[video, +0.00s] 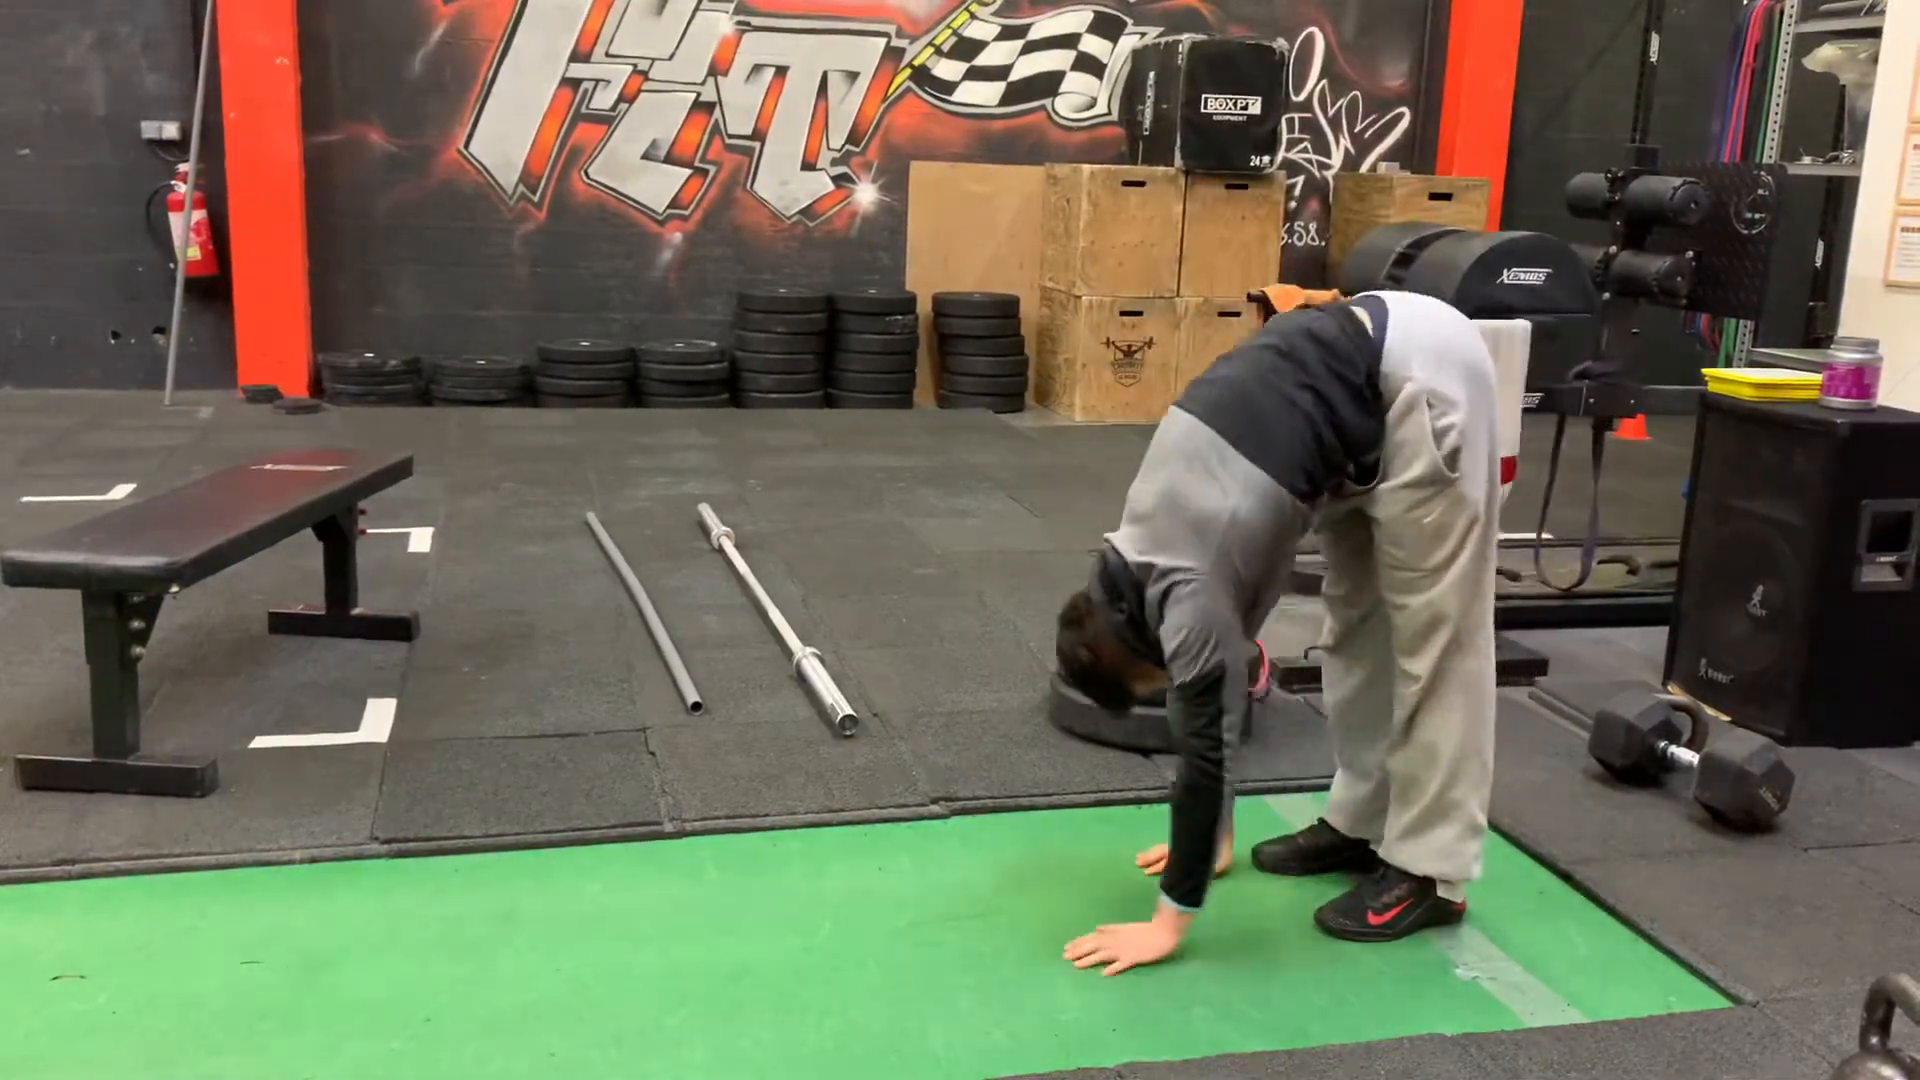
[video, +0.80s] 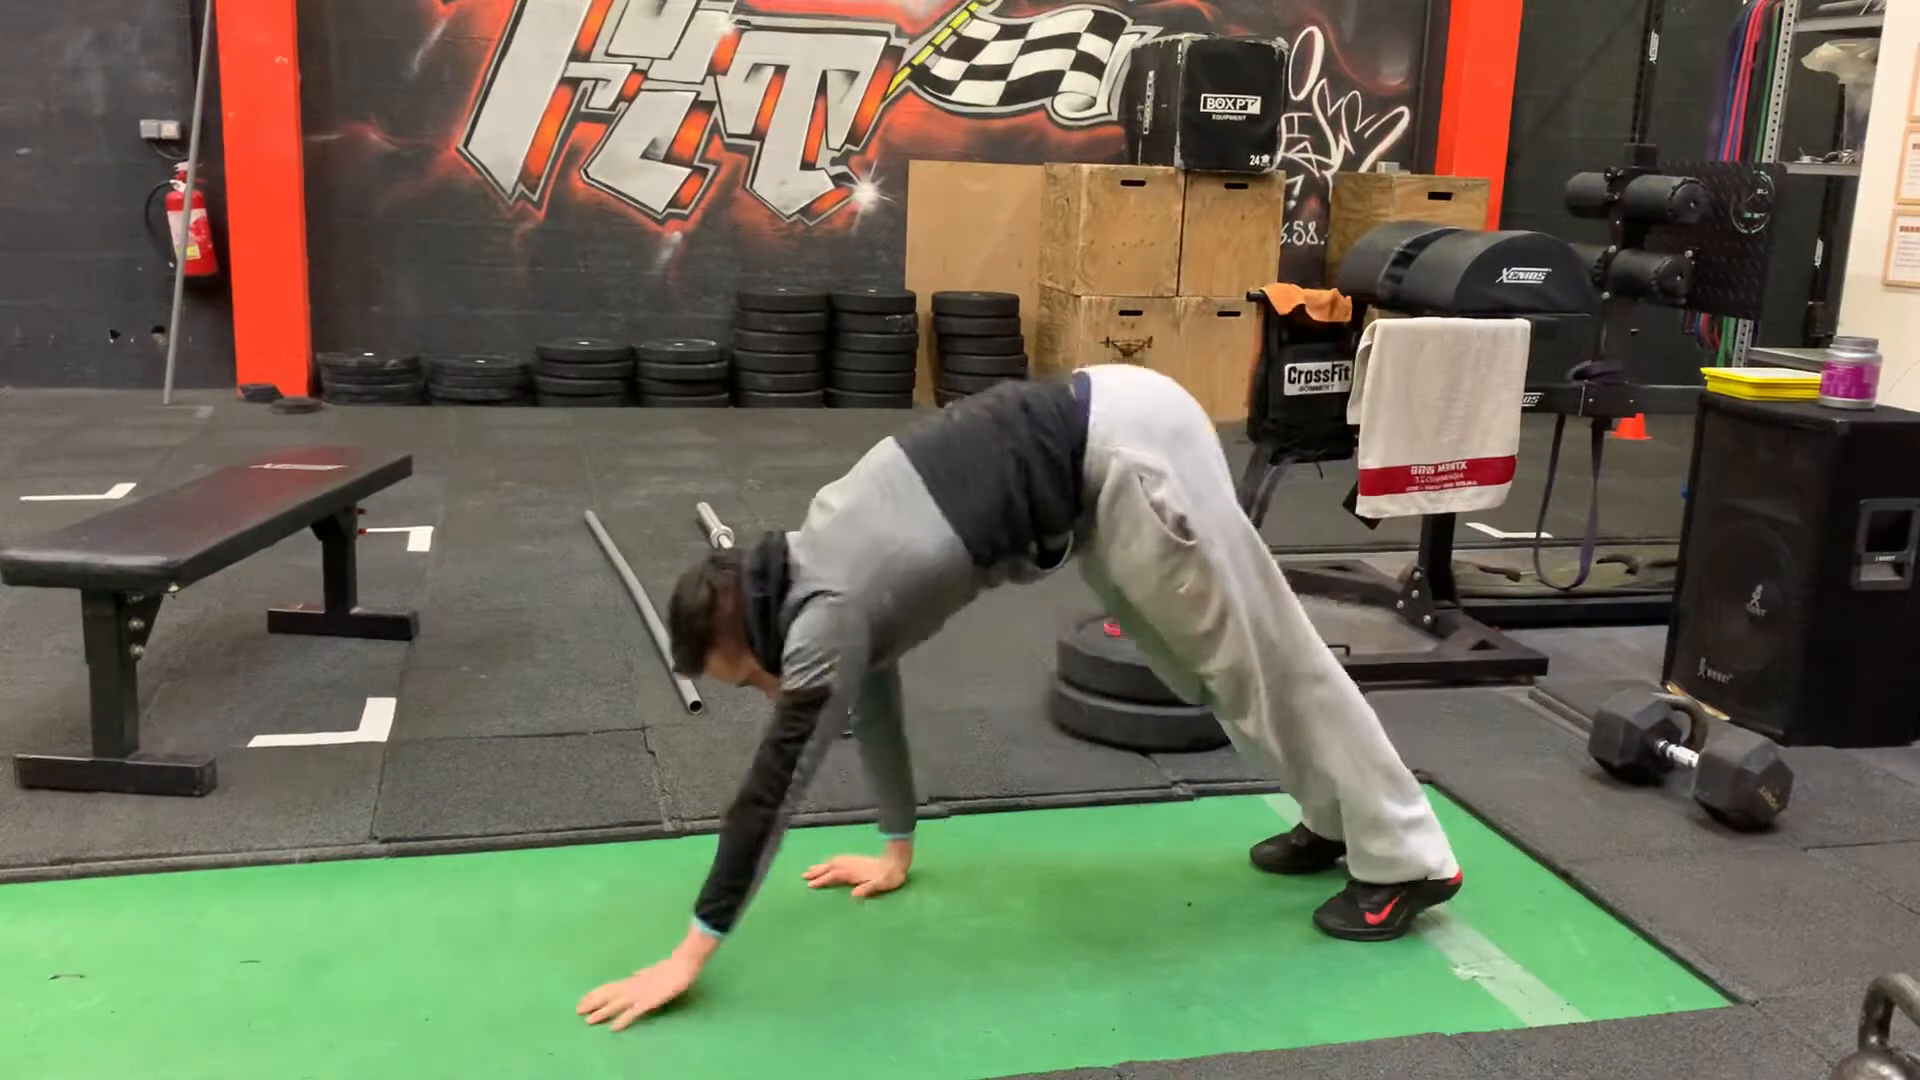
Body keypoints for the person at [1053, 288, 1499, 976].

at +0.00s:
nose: (1166, 693)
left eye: (1155, 688)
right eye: (1155, 693)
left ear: (1129, 649)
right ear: (1114, 626)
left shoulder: (1191, 600)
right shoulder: (1136, 563)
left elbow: (1204, 759)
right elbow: (1208, 693)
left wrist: (1167, 922)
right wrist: (1211, 830)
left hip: (1422, 365)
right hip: (1344, 367)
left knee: (1432, 634)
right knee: (1358, 627)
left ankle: (1431, 870)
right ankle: (1363, 823)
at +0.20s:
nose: (1073, 700)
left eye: (1064, 693)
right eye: (1062, 700)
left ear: (1056, 649)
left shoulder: (1128, 600)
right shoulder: (1058, 565)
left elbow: (1153, 761)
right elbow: (1095, 688)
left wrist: (1161, 923)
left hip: (1360, 370)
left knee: (1393, 632)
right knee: (1329, 629)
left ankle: (1429, 871)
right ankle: (1358, 819)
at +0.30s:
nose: (1018, 696)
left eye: (1009, 685)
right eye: (1002, 694)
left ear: (1009, 647)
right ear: (986, 630)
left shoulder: (1094, 611)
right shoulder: (1005, 568)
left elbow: (1133, 766)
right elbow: (1002, 702)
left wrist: (1159, 920)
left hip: (1319, 379)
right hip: (1248, 382)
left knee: (1373, 636)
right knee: (1311, 630)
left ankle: (1425, 871)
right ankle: (1358, 821)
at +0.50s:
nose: (889, 690)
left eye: (882, 678)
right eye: (878, 683)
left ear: (893, 643)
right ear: (880, 624)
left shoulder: (1001, 607)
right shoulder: (915, 571)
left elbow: (1083, 755)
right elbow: (923, 714)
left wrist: (1138, 908)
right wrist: (900, 854)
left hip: (1226, 402)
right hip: (1172, 418)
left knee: (1323, 642)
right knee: (1270, 648)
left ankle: (1420, 863)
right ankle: (1352, 816)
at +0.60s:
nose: (845, 685)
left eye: (837, 671)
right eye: (829, 677)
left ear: (854, 632)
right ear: (840, 608)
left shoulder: (954, 591)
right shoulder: (883, 556)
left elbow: (1011, 747)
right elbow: (907, 707)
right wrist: (900, 845)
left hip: (1186, 403)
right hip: (1138, 413)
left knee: (1297, 640)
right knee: (1246, 644)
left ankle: (1415, 857)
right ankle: (1344, 815)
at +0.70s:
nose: (805, 680)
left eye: (786, 666)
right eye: (788, 671)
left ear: (793, 626)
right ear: (790, 602)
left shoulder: (887, 593)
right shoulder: (854, 546)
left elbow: (883, 753)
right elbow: (893, 721)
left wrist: (817, 918)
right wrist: (892, 841)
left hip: (1155, 419)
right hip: (1121, 427)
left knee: (1279, 648)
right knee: (1235, 650)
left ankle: (1411, 860)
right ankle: (1341, 820)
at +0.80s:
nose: (746, 690)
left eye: (732, 672)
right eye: (728, 680)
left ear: (750, 621)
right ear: (745, 611)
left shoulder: (828, 609)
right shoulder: (823, 566)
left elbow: (765, 789)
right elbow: (876, 713)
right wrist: (897, 848)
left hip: (1126, 444)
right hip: (1090, 455)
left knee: (1269, 660)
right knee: (1220, 664)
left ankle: (1415, 857)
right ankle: (1338, 816)